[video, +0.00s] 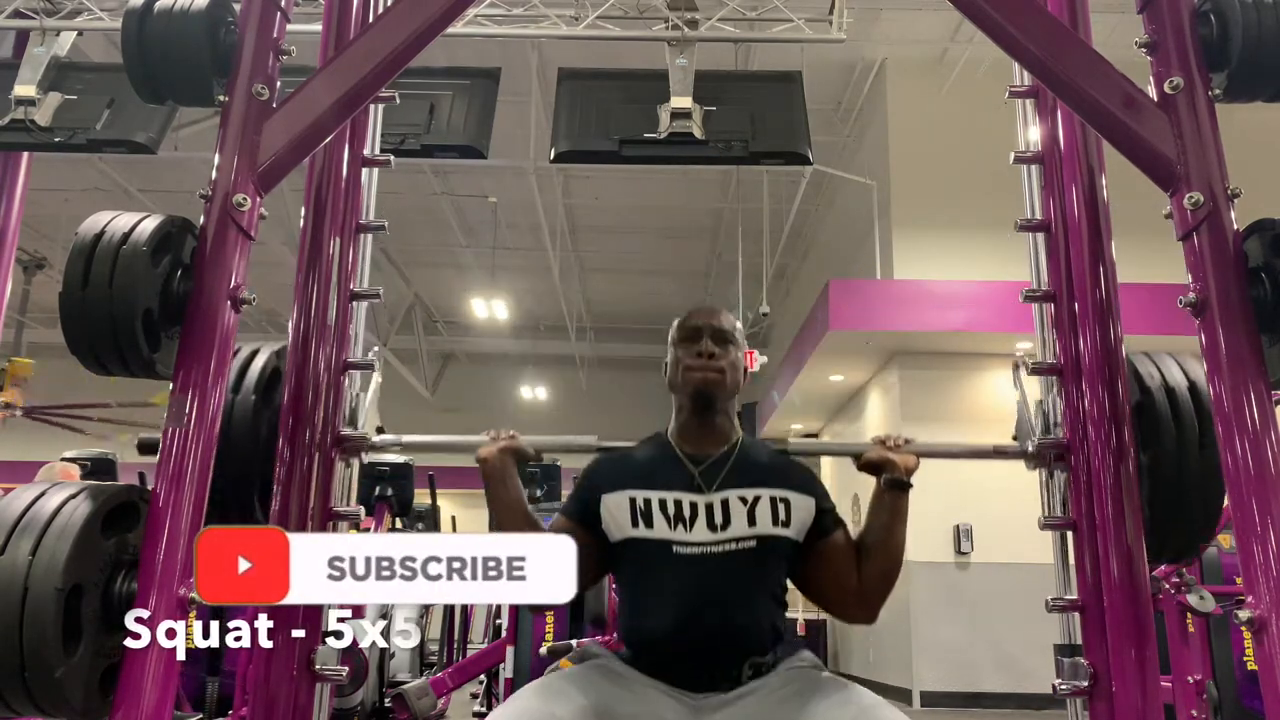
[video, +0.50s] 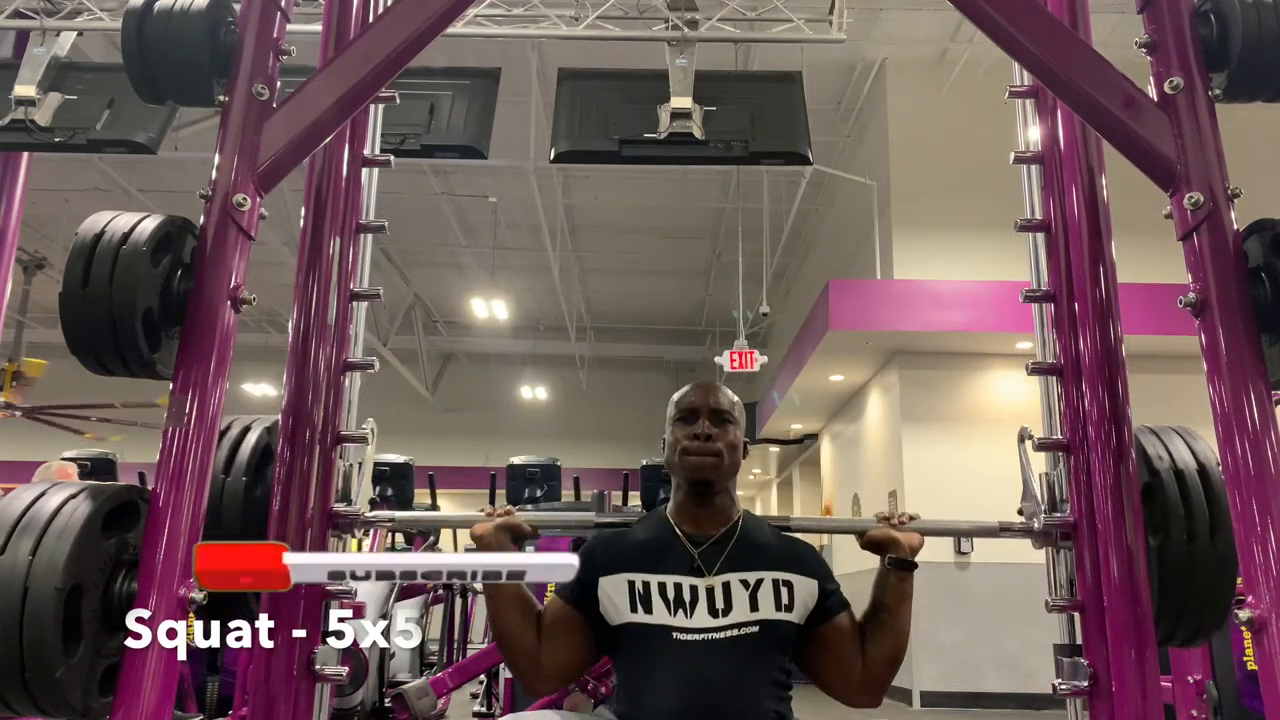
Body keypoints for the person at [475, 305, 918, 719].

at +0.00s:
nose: (707, 350)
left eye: (721, 342)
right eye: (692, 343)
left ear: (744, 371)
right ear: (668, 372)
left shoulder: (787, 478)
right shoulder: (613, 476)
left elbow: (858, 601)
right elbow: (544, 578)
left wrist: (894, 487)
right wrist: (499, 478)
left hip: (767, 685)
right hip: (637, 683)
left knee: (885, 717)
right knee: (511, 717)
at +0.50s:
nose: (703, 430)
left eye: (720, 420)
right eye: (687, 419)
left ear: (743, 449)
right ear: (665, 445)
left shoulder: (793, 561)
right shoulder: (610, 557)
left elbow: (862, 685)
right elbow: (540, 672)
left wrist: (899, 566)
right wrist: (497, 564)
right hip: (647, 712)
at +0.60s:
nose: (703, 433)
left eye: (720, 424)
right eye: (687, 422)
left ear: (743, 453)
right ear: (665, 448)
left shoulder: (794, 567)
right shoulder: (608, 562)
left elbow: (861, 689)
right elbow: (540, 678)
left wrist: (899, 570)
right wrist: (495, 567)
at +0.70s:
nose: (701, 431)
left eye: (719, 422)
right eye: (686, 421)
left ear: (743, 451)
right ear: (664, 447)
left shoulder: (792, 563)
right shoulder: (606, 559)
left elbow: (861, 687)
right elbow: (540, 676)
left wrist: (898, 569)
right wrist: (496, 567)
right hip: (645, 714)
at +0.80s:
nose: (702, 422)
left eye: (718, 412)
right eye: (685, 412)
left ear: (742, 443)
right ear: (664, 440)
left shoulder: (794, 555)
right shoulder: (606, 550)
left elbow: (861, 679)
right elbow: (540, 669)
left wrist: (898, 559)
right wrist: (498, 560)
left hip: (753, 712)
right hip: (645, 713)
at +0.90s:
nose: (701, 398)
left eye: (717, 391)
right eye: (685, 390)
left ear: (741, 423)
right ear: (664, 422)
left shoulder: (792, 532)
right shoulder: (608, 527)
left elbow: (857, 659)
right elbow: (540, 648)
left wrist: (894, 541)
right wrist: (501, 542)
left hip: (760, 710)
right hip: (639, 710)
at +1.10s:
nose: (703, 361)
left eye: (719, 356)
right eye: (687, 355)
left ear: (740, 391)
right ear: (665, 388)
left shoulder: (789, 497)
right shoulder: (611, 493)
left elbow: (859, 617)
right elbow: (543, 608)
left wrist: (893, 504)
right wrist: (501, 499)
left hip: (771, 693)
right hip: (637, 691)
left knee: (889, 718)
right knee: (516, 717)